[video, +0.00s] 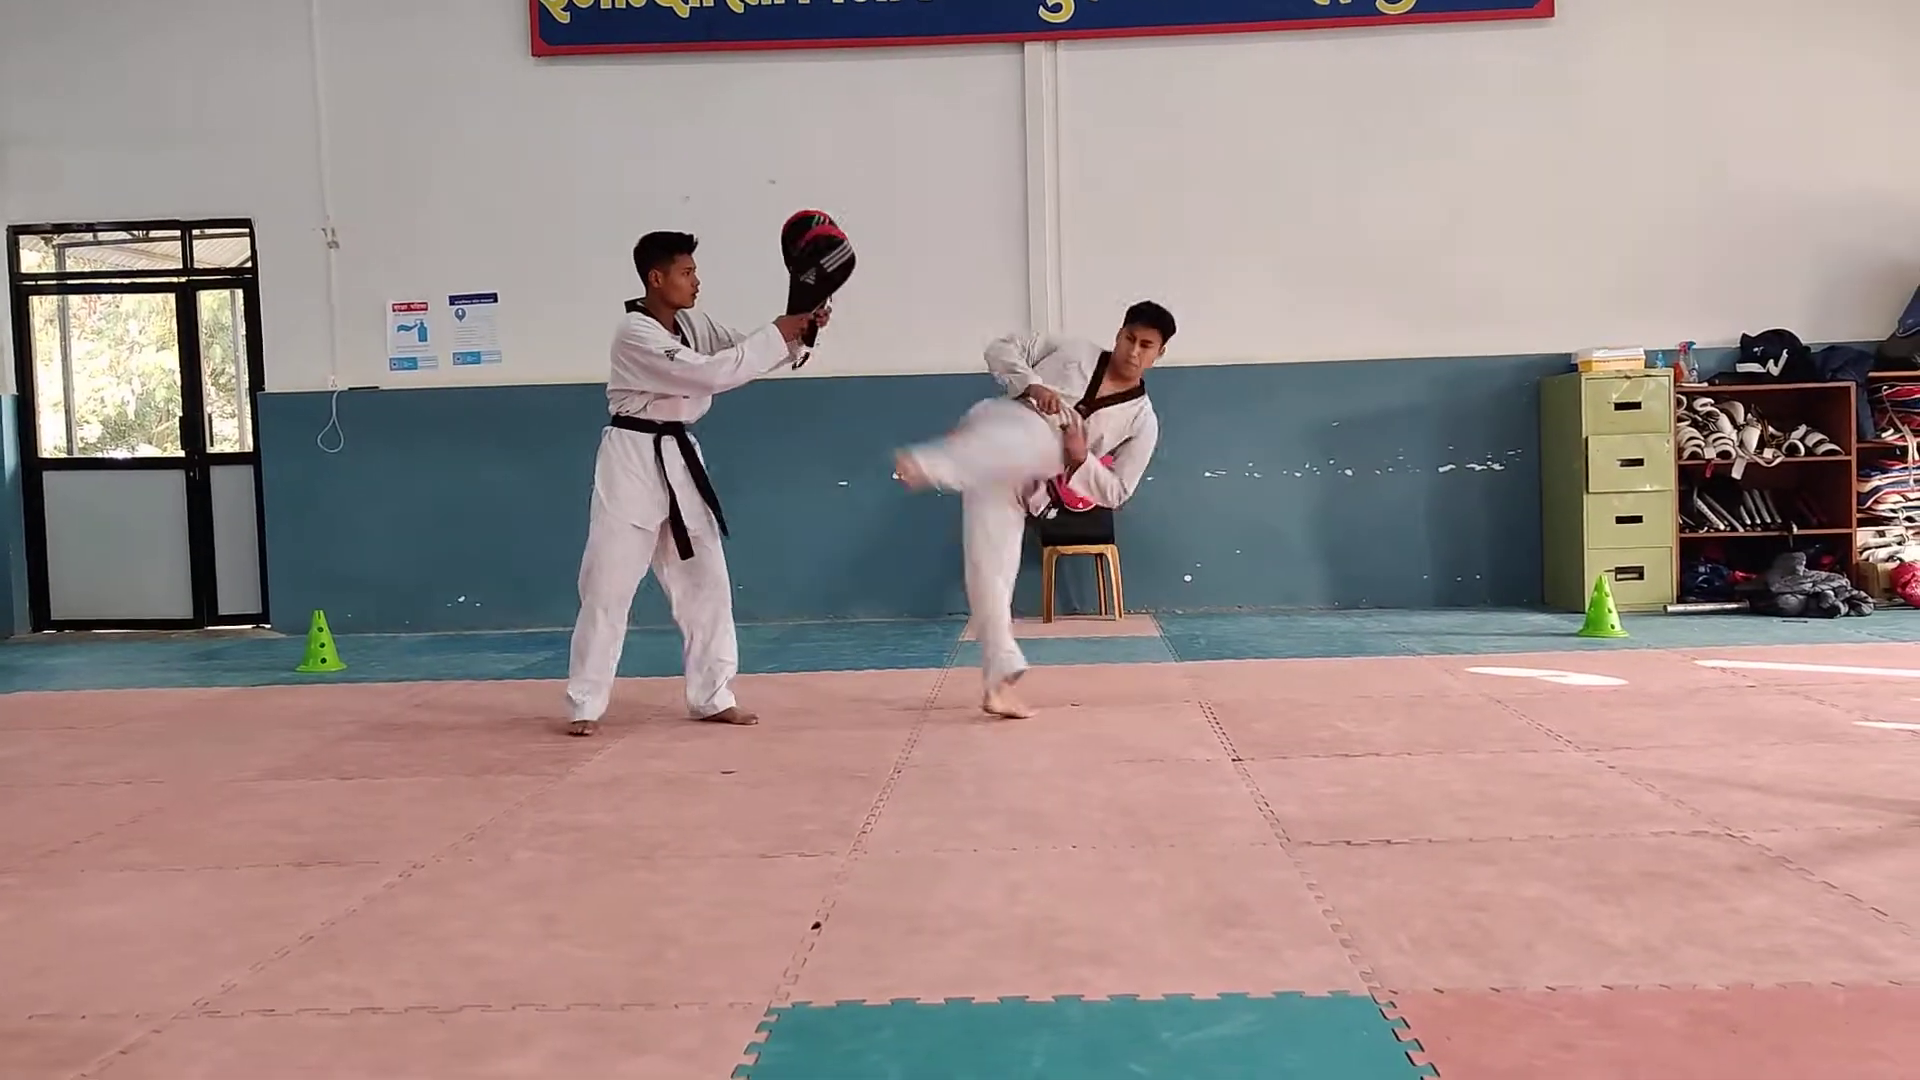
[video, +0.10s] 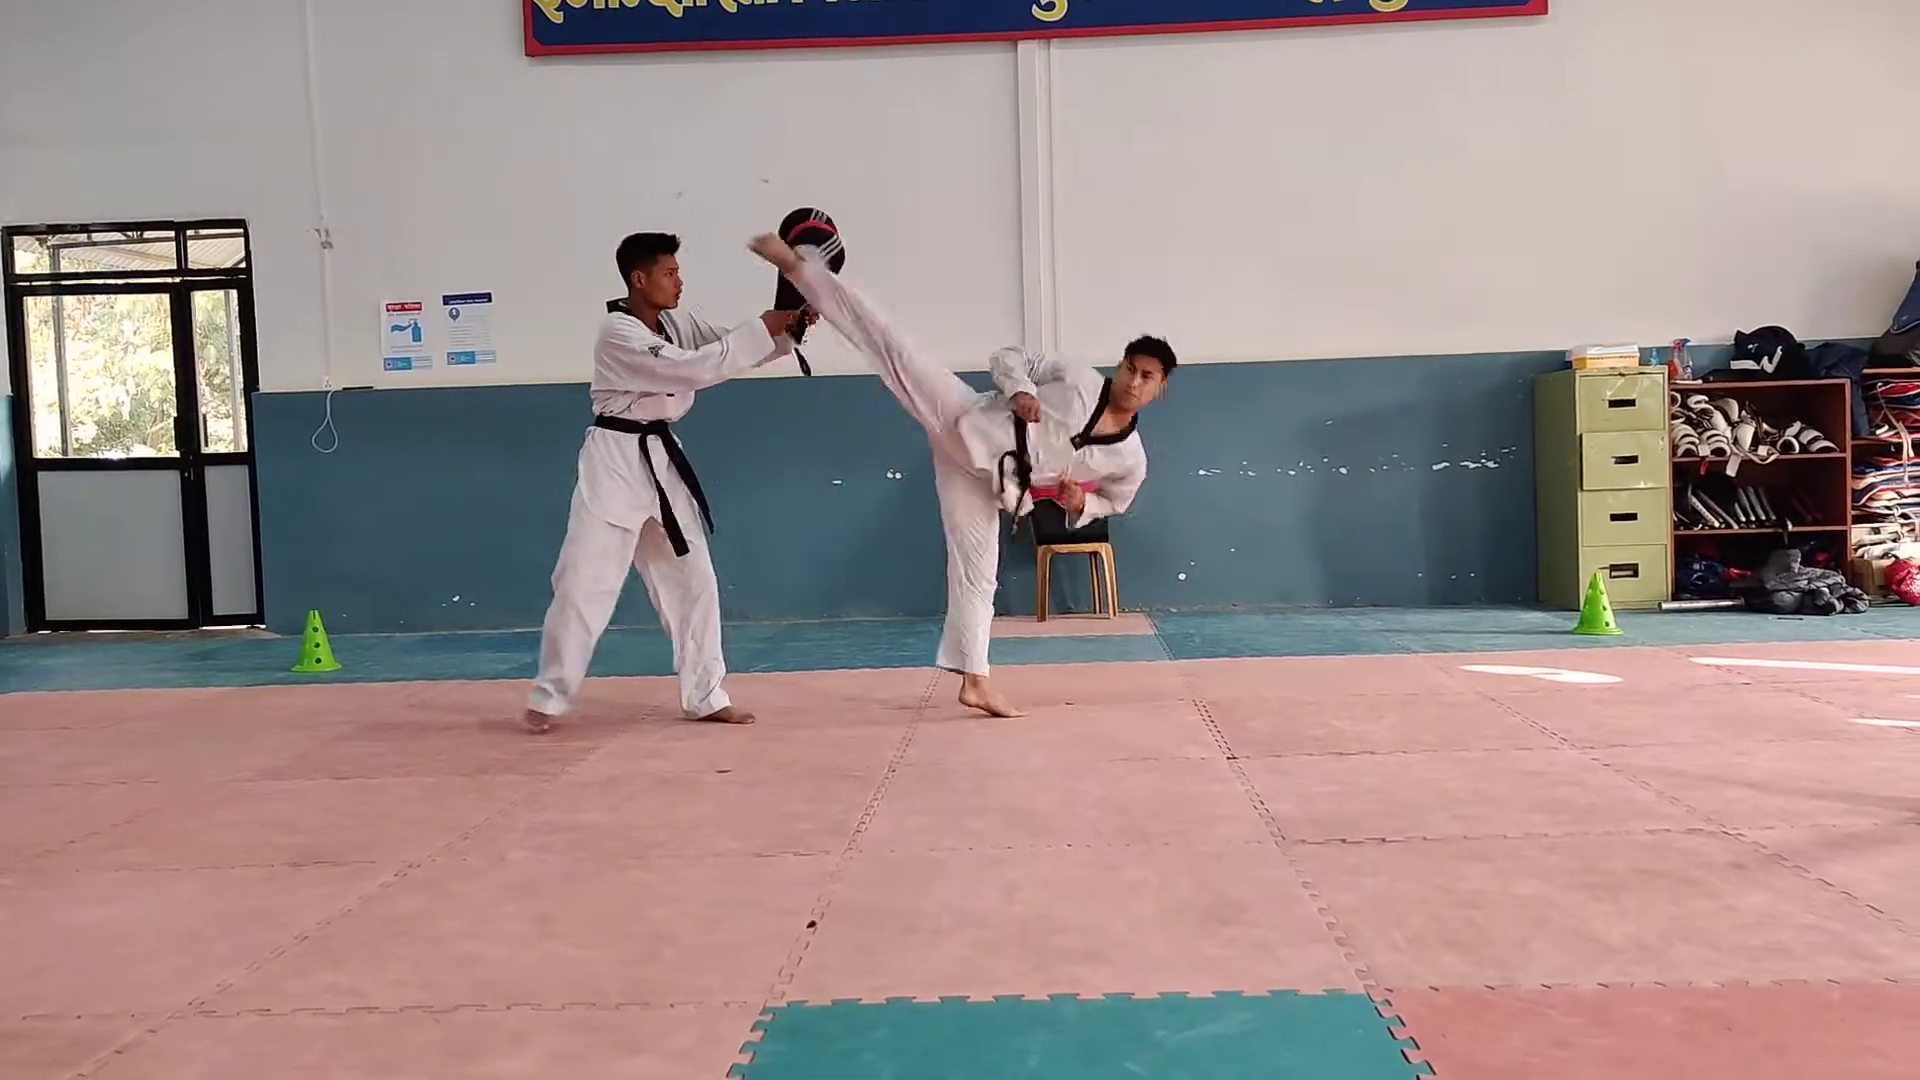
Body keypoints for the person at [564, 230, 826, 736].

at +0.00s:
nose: (696, 280)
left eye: (695, 271)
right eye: (686, 271)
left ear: (678, 278)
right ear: (655, 278)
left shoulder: (697, 326)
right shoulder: (633, 333)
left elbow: (745, 359)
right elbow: (707, 374)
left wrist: (800, 335)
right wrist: (777, 335)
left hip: (681, 459)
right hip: (629, 458)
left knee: (706, 576)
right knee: (608, 580)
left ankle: (711, 696)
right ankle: (585, 705)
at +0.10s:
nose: (679, 280)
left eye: (678, 271)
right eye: (670, 272)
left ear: (661, 279)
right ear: (638, 278)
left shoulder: (682, 326)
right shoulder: (617, 333)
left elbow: (733, 349)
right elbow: (688, 370)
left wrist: (786, 332)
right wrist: (763, 331)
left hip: (663, 459)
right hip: (612, 457)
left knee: (693, 577)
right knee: (585, 576)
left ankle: (705, 695)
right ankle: (550, 695)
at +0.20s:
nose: (652, 281)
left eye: (651, 272)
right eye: (642, 273)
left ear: (629, 279)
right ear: (611, 279)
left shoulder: (653, 330)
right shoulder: (600, 328)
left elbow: (708, 356)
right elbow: (677, 350)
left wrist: (773, 361)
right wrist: (753, 335)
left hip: (640, 462)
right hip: (591, 460)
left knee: (682, 575)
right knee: (549, 585)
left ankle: (699, 693)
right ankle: (494, 699)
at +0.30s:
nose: (638, 284)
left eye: (637, 275)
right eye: (627, 276)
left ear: (620, 283)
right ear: (597, 284)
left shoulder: (635, 338)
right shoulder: (586, 337)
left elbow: (646, 410)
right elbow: (644, 397)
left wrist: (682, 451)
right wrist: (714, 409)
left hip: (620, 465)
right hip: (570, 464)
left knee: (666, 576)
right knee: (528, 579)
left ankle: (696, 692)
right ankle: (482, 701)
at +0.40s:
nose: (626, 296)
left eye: (626, 287)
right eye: (616, 288)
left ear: (606, 294)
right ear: (586, 294)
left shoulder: (617, 348)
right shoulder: (558, 353)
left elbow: (603, 426)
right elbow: (554, 432)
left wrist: (615, 474)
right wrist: (621, 461)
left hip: (601, 481)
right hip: (550, 482)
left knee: (642, 587)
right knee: (519, 595)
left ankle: (692, 690)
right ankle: (481, 704)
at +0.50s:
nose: (612, 298)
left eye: (611, 289)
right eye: (603, 289)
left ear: (588, 295)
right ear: (571, 293)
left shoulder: (602, 348)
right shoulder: (534, 352)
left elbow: (596, 426)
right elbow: (516, 426)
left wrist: (604, 481)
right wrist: (580, 463)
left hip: (588, 480)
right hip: (533, 483)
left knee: (624, 580)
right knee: (515, 590)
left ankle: (671, 684)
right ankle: (485, 701)